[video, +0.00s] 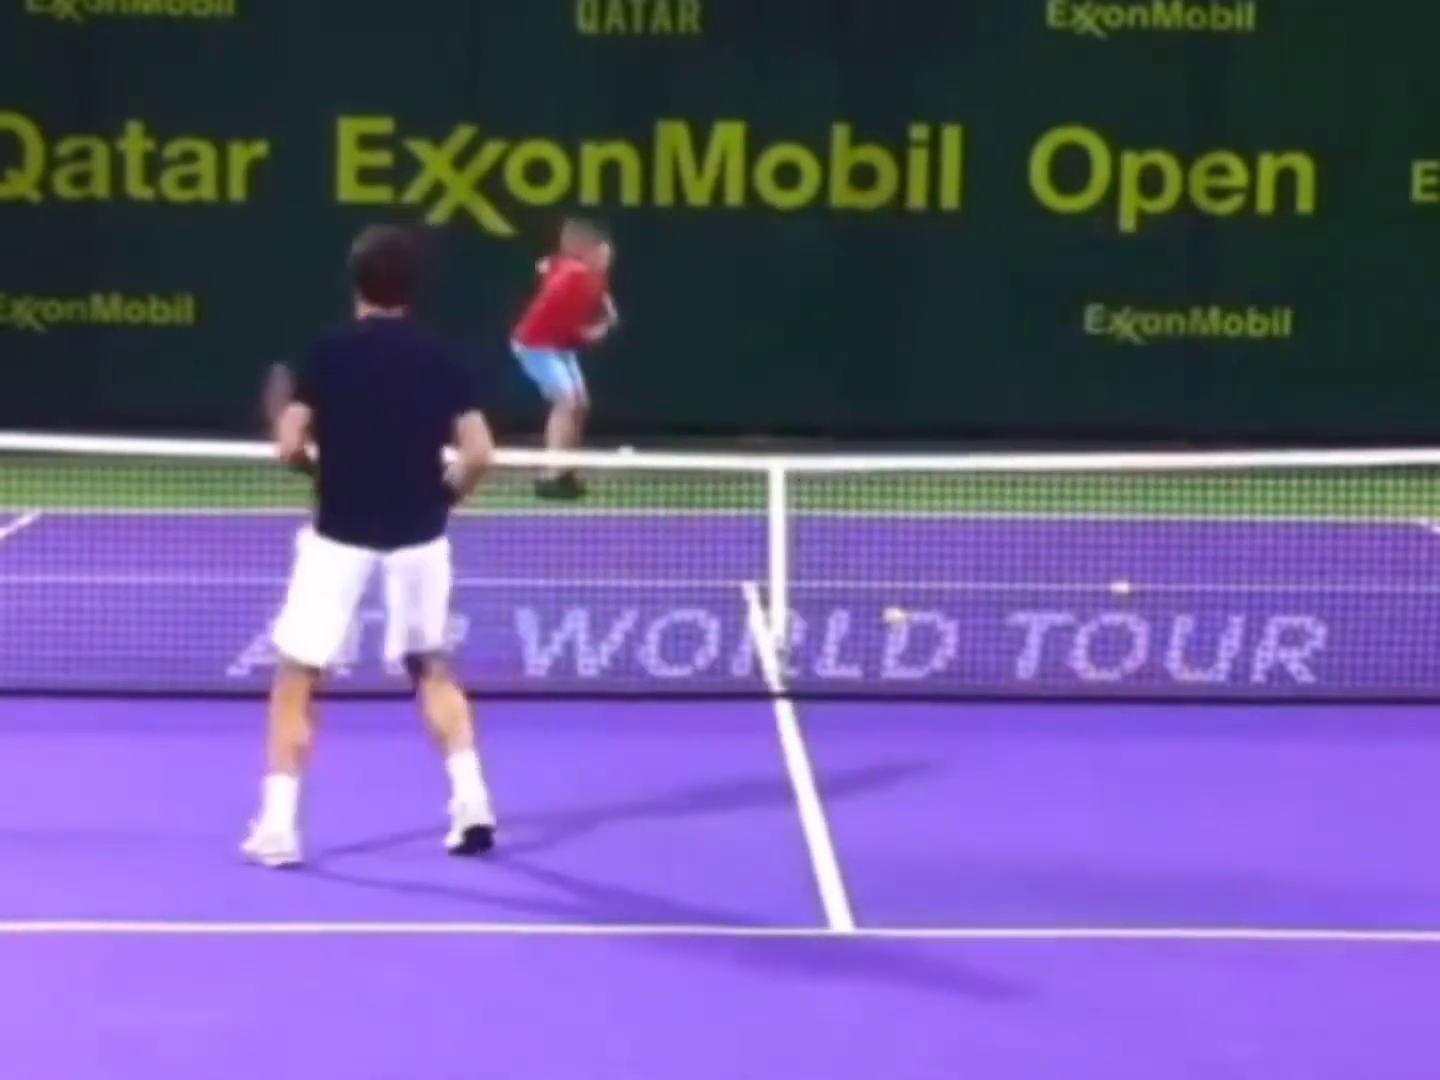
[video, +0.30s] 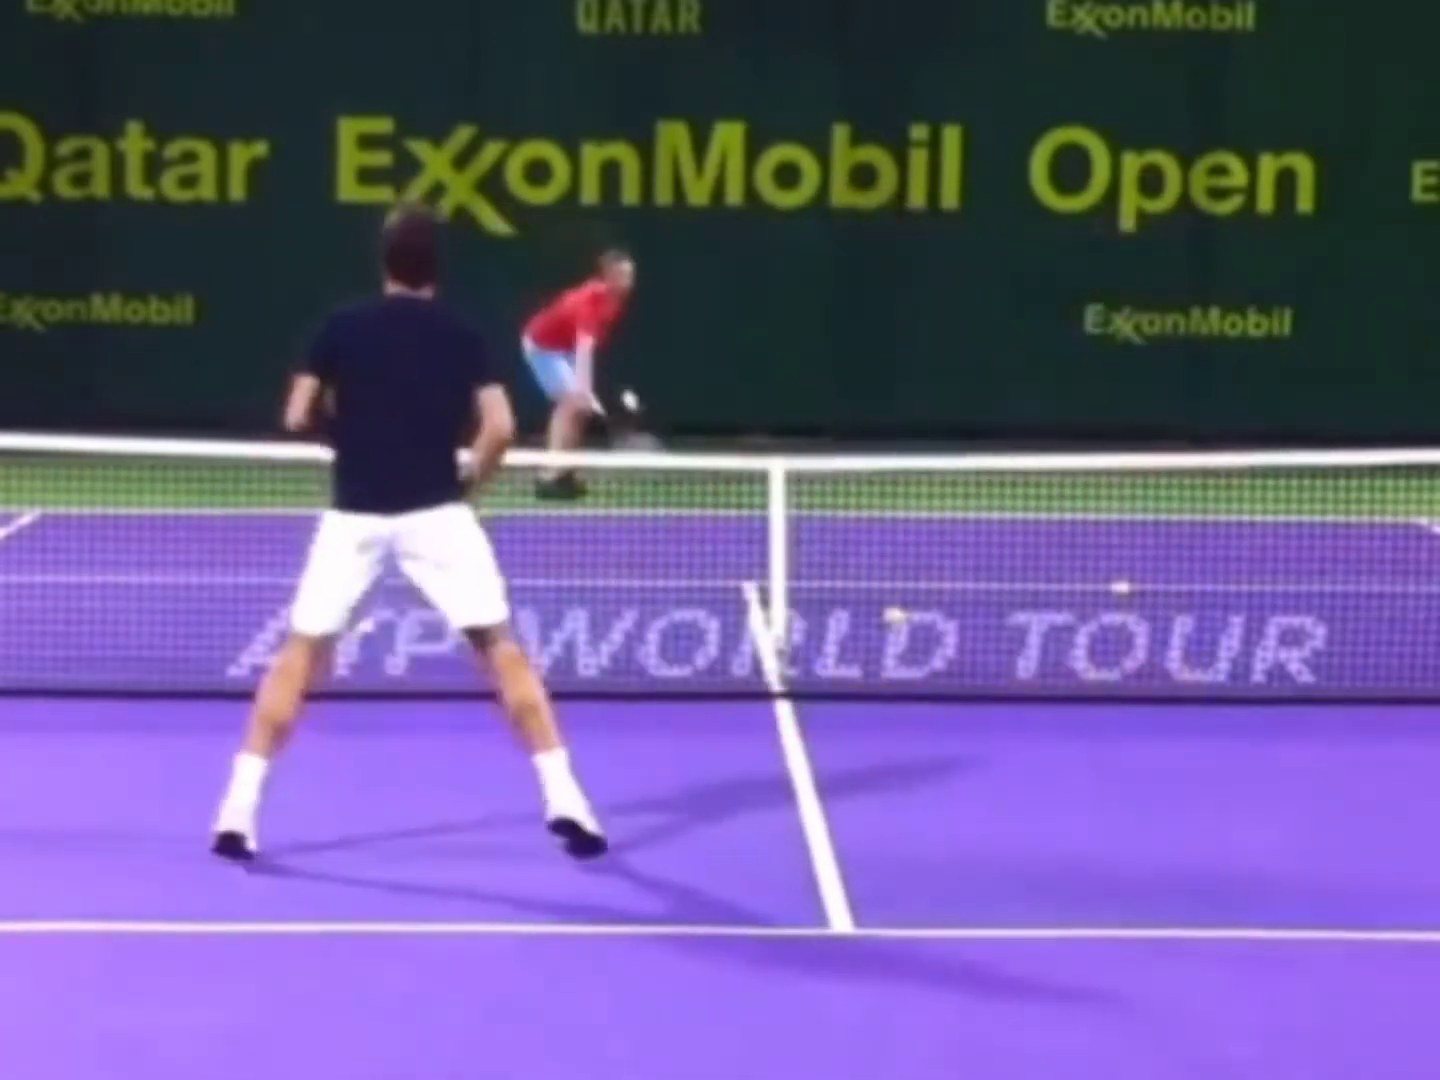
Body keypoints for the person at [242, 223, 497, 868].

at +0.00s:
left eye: (362, 281)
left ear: (355, 287)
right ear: (413, 289)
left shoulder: (328, 353)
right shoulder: (436, 357)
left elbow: (288, 442)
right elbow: (479, 451)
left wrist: (317, 460)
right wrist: (450, 490)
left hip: (340, 538)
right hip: (421, 538)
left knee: (296, 675)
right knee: (432, 668)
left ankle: (279, 821)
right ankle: (471, 796)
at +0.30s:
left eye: (398, 260)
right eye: (424, 261)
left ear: (382, 267)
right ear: (438, 269)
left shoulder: (343, 327)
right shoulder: (460, 334)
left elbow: (297, 417)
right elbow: (499, 425)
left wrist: (347, 431)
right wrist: (474, 470)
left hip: (354, 515)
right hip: (436, 513)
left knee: (299, 652)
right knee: (499, 647)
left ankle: (238, 807)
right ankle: (562, 795)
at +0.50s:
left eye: (428, 307)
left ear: (418, 315)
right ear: (474, 316)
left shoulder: (387, 380)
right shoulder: (503, 388)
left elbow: (351, 472)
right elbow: (536, 494)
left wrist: (394, 480)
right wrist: (501, 499)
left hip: (401, 566)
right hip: (491, 565)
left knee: (328, 681)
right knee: (559, 680)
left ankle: (247, 808)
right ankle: (575, 820)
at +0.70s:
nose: (465, 285)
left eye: (465, 275)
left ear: (470, 280)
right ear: (521, 278)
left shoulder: (474, 338)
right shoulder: (549, 338)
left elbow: (443, 412)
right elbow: (508, 440)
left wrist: (400, 385)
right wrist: (410, 437)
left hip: (495, 524)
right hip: (561, 521)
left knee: (435, 653)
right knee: (563, 658)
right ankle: (623, 773)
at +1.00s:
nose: (541, 318)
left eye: (542, 306)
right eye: (541, 306)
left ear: (558, 304)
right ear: (597, 295)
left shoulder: (595, 350)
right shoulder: (630, 354)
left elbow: (552, 394)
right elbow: (543, 428)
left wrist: (463, 401)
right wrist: (464, 444)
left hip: (618, 535)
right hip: (670, 533)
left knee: (559, 666)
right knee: (645, 663)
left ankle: (512, 810)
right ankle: (681, 793)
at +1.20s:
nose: (588, 308)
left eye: (589, 295)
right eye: (586, 295)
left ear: (610, 288)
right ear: (639, 282)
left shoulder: (647, 334)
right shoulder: (701, 333)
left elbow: (650, 377)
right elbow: (778, 391)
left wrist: (635, 420)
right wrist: (831, 445)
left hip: (669, 515)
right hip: (712, 515)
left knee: (621, 651)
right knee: (668, 653)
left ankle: (693, 777)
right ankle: (691, 780)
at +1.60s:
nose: (714, 278)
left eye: (718, 268)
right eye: (718, 266)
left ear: (732, 274)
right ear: (784, 271)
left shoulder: (716, 335)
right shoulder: (818, 321)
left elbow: (675, 425)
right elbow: (913, 363)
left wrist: (654, 485)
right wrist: (960, 422)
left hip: (767, 517)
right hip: (834, 513)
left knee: (784, 660)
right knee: (814, 656)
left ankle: (835, 803)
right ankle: (795, 781)